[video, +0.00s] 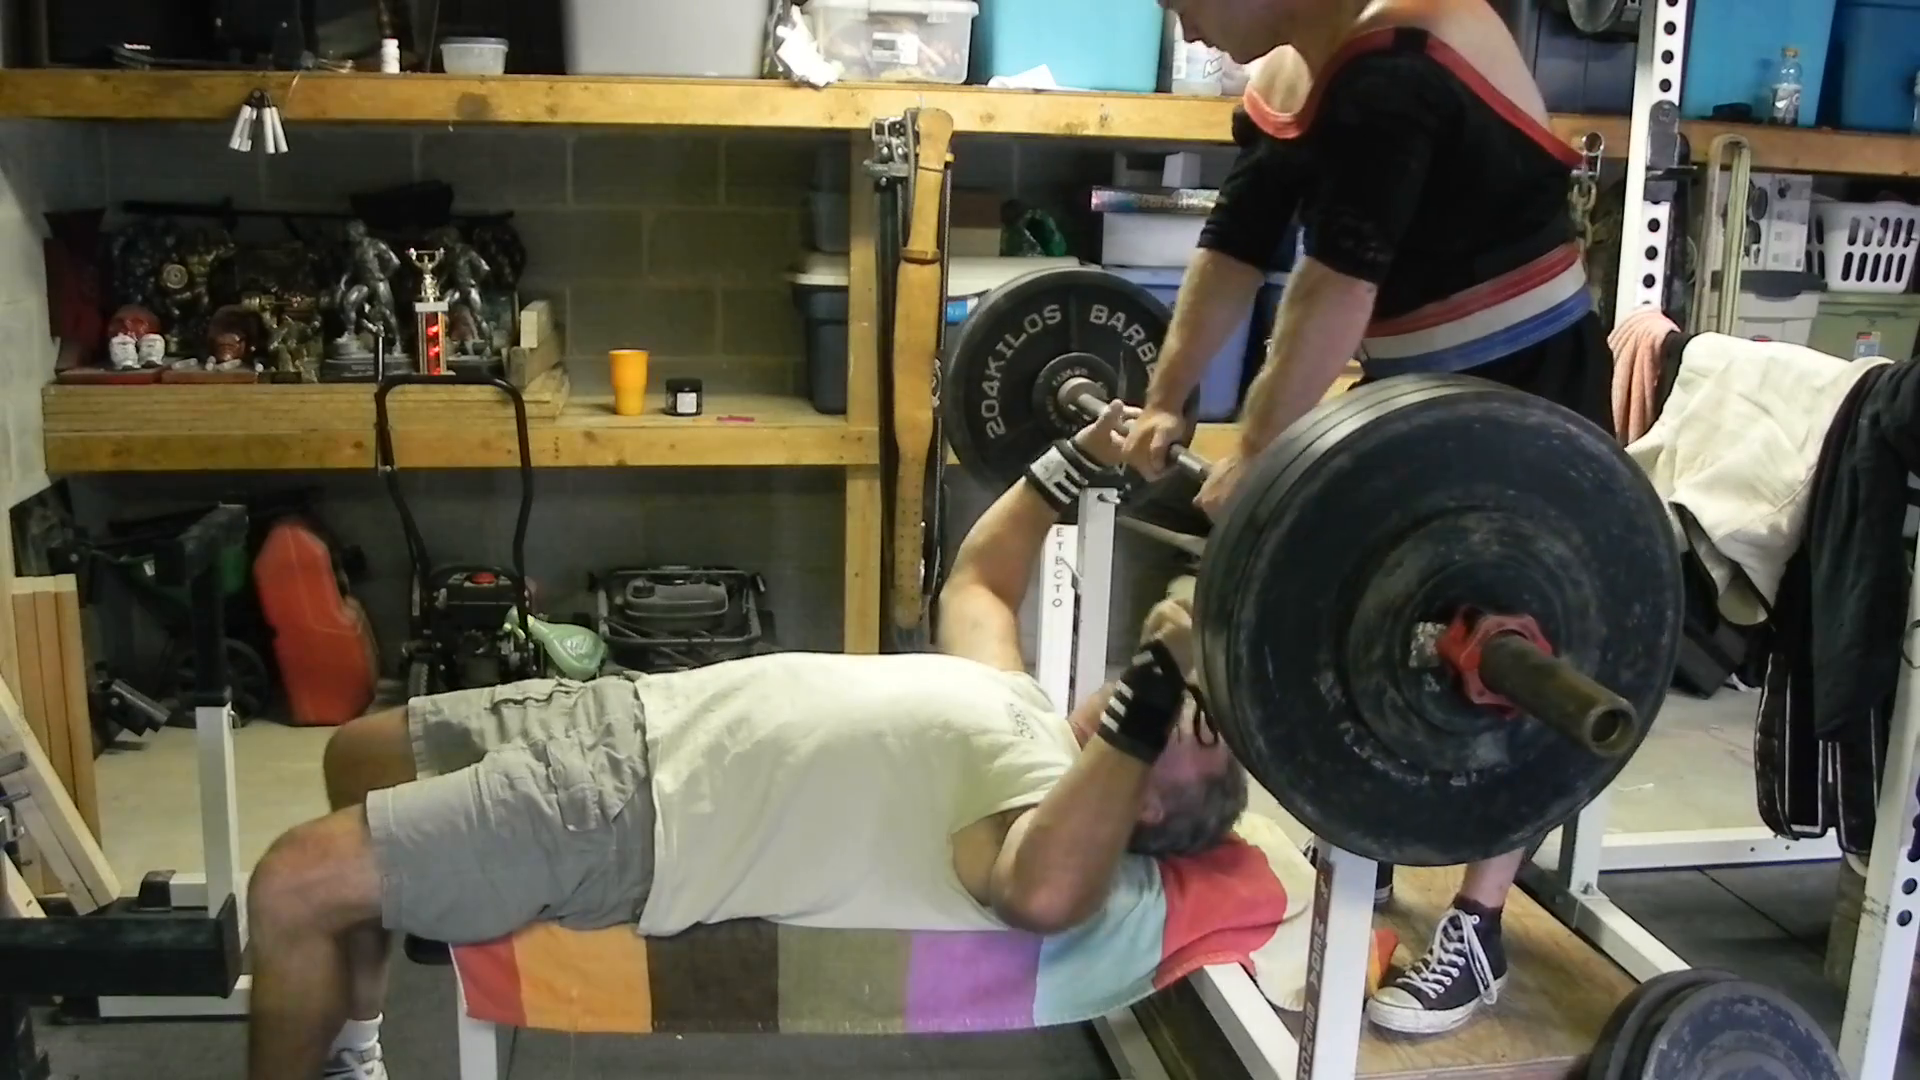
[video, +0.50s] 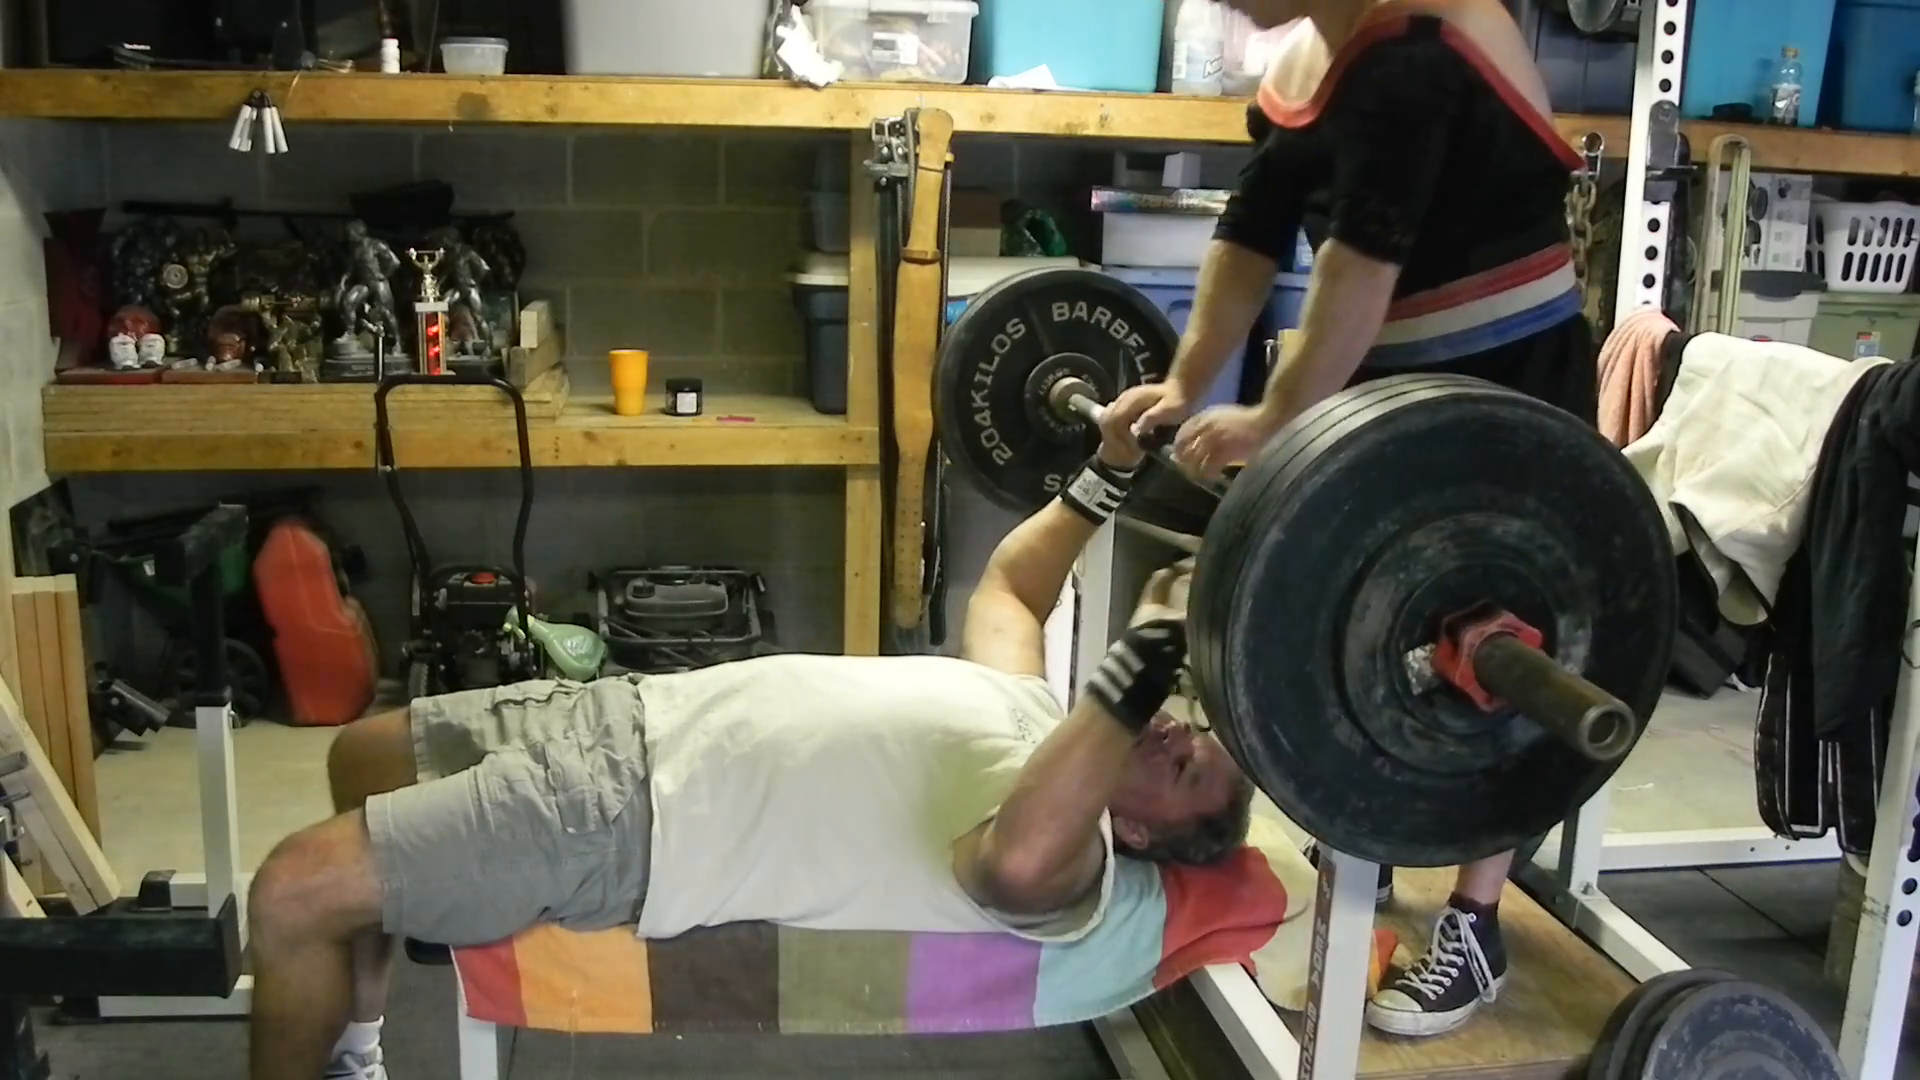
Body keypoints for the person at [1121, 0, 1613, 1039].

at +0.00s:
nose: (1186, 31)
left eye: (1186, 8)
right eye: (1180, 16)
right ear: (1253, 1)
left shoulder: (1394, 76)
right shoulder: (1287, 81)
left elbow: (1331, 306)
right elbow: (1234, 247)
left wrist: (1248, 461)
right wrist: (1162, 402)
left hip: (1522, 373)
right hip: (1393, 372)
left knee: (1519, 645)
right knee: (1378, 620)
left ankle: (1473, 917)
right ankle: (1362, 851)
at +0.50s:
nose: (1230, 6)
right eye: (1229, 4)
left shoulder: (1411, 60)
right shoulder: (1313, 55)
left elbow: (1359, 276)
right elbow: (1257, 219)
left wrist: (1273, 428)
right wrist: (1183, 377)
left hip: (1509, 378)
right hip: (1388, 373)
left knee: (1503, 644)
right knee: (1367, 619)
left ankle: (1471, 918)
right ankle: (1357, 847)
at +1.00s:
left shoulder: (1489, 14)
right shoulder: (1321, 28)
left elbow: (1434, 175)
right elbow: (1261, 187)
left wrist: (1319, 335)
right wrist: (1189, 338)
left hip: (1487, 358)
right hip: (1352, 364)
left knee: (1497, 628)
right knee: (1350, 620)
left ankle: (1481, 908)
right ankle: (1350, 879)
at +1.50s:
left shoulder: (1608, 18)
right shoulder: (1415, 15)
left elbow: (1523, 184)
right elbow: (1328, 152)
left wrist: (1398, 341)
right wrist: (1233, 285)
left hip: (1526, 365)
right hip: (1380, 342)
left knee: (1519, 625)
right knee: (1344, 608)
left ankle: (1526, 893)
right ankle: (1347, 862)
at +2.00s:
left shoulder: (1647, 29)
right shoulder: (1499, 27)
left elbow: (1529, 224)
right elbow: (1394, 156)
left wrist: (1394, 383)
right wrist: (1269, 270)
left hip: (1595, 387)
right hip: (1464, 372)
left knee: (1568, 638)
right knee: (1410, 607)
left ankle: (1529, 900)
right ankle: (1378, 839)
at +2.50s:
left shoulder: (1630, 17)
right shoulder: (1489, 24)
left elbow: (1531, 170)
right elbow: (1381, 157)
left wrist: (1410, 307)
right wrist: (1246, 257)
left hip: (1595, 374)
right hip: (1468, 362)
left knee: (1567, 627)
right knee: (1440, 603)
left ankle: (1530, 898)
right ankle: (1442, 839)